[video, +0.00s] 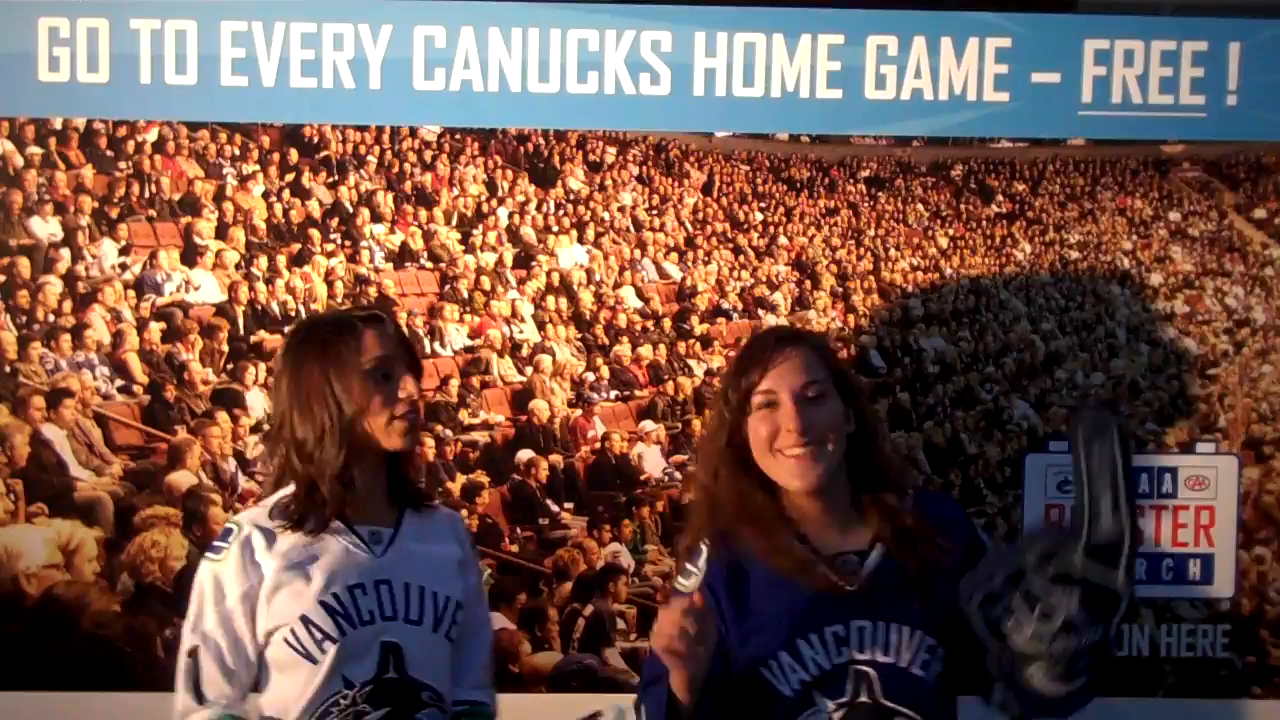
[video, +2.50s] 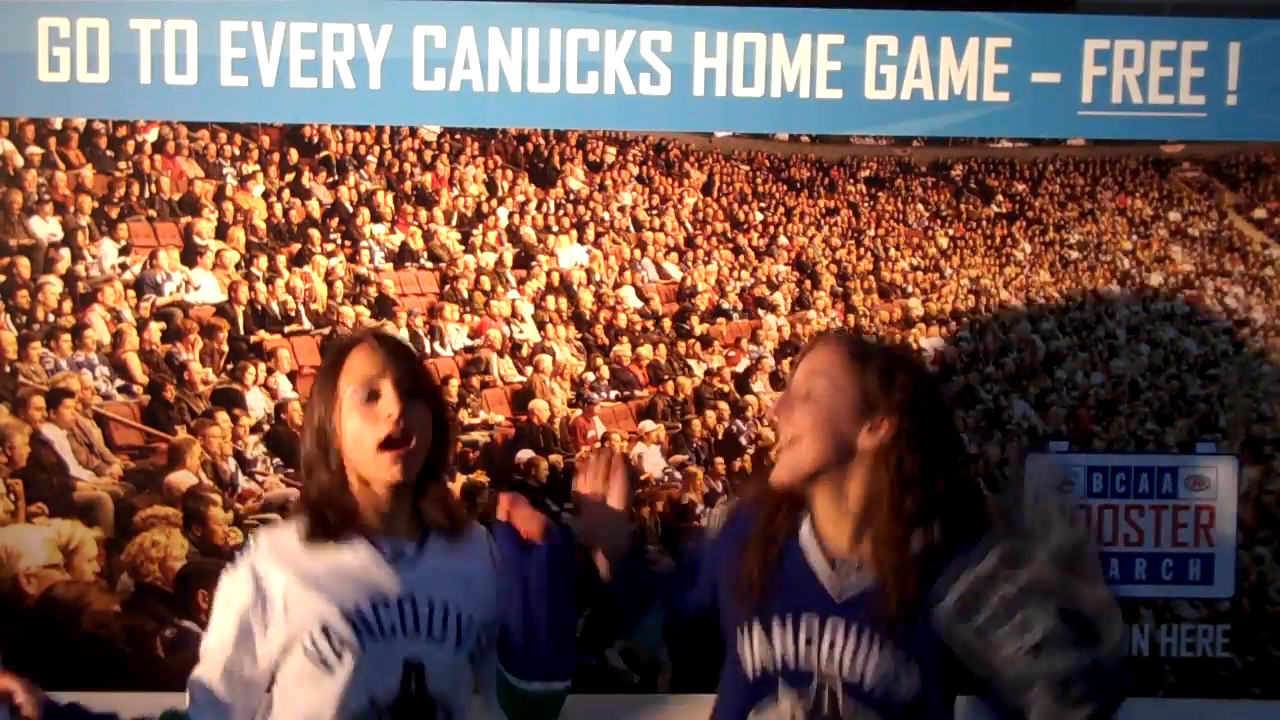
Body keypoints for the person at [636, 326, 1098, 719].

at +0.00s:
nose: (795, 422)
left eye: (812, 397)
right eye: (767, 404)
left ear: (846, 414)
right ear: (742, 432)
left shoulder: (933, 530)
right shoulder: (719, 563)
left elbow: (1024, 696)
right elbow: (664, 716)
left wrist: (1051, 648)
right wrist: (684, 683)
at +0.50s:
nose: (772, 413)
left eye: (798, 390)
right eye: (754, 394)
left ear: (849, 411)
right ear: (739, 421)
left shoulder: (931, 545)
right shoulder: (718, 556)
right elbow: (670, 680)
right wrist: (671, 707)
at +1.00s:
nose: (767, 411)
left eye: (795, 391)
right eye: (752, 392)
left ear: (844, 412)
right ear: (736, 415)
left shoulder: (924, 552)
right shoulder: (716, 558)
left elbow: (995, 693)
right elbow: (687, 702)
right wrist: (655, 701)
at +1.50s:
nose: (747, 414)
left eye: (774, 395)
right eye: (732, 401)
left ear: (831, 420)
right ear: (719, 428)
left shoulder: (918, 556)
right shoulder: (706, 562)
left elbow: (991, 691)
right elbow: (669, 705)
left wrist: (924, 711)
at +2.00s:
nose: (746, 431)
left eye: (774, 414)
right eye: (730, 409)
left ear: (814, 445)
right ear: (705, 432)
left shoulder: (895, 550)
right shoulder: (691, 589)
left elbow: (977, 678)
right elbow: (698, 717)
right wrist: (634, 714)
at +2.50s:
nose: (774, 410)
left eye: (801, 392)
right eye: (785, 392)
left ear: (875, 428)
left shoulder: (954, 563)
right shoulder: (745, 536)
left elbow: (1064, 692)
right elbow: (672, 633)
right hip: (745, 711)